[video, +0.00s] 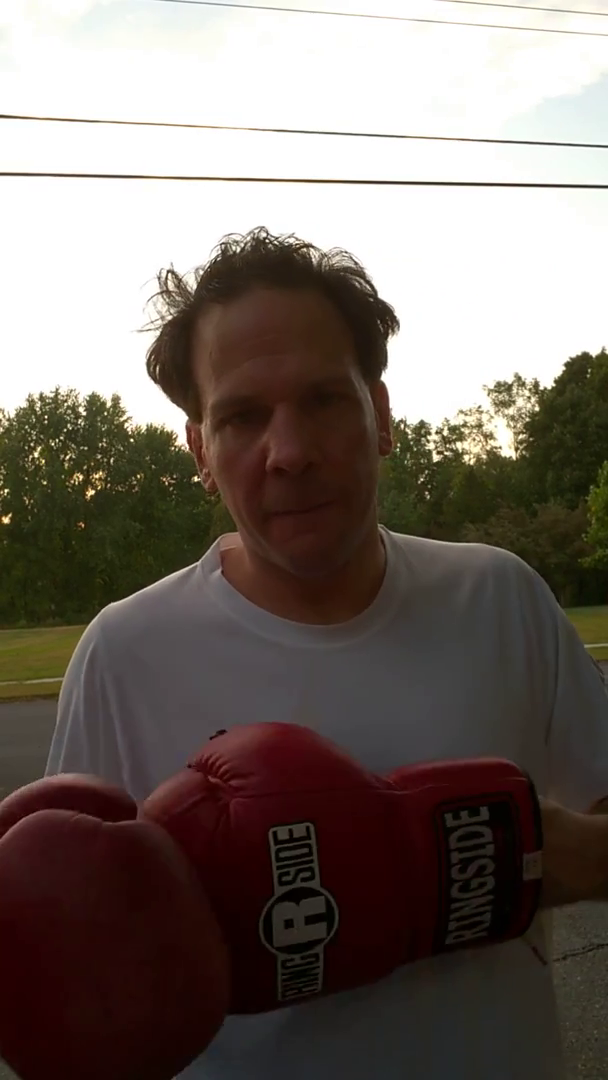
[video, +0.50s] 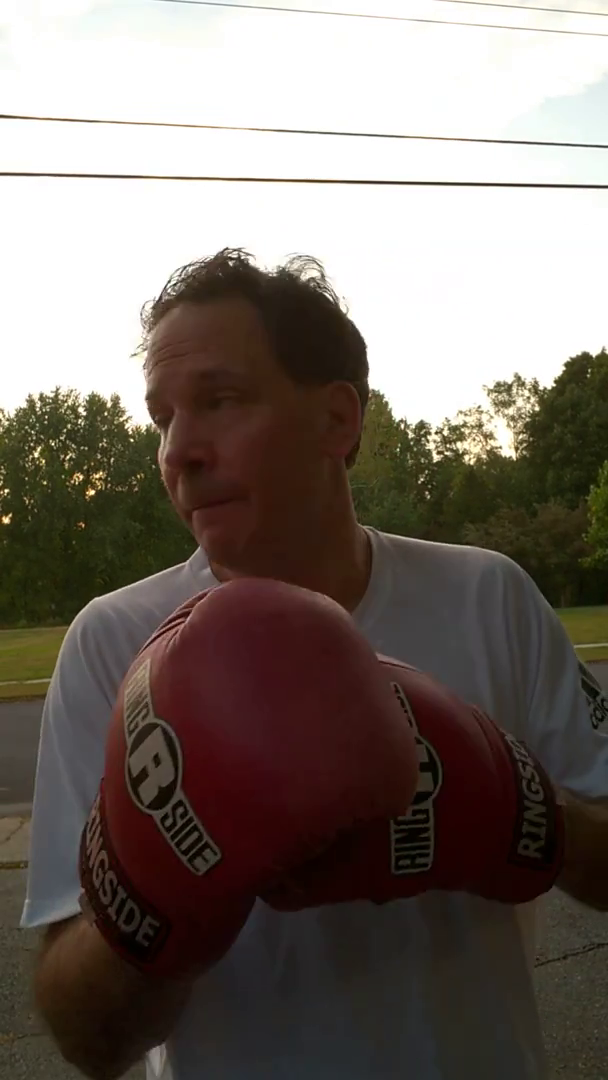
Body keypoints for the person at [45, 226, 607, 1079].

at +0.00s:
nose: (288, 452)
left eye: (323, 401)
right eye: (243, 416)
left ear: (382, 420)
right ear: (202, 454)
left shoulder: (503, 603)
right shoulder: (124, 655)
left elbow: (603, 829)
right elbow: (67, 925)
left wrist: (550, 846)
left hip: (503, 1065)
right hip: (225, 1068)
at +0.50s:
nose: (178, 453)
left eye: (221, 400)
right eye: (163, 417)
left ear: (339, 419)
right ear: (157, 439)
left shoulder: (492, 602)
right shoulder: (112, 642)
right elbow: (88, 1038)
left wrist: (520, 819)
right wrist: (164, 882)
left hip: (480, 1061)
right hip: (223, 1070)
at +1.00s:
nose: (133, 468)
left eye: (173, 422)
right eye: (142, 429)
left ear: (298, 442)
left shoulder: (486, 599)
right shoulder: (117, 644)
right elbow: (98, 1019)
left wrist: (477, 796)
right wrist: (208, 805)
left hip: (473, 1060)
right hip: (223, 1067)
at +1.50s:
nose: (319, 435)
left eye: (349, 404)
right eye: (291, 411)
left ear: (403, 424)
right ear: (267, 437)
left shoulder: (484, 554)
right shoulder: (218, 590)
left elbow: (600, 751)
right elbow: (160, 872)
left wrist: (578, 697)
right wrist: (337, 723)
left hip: (500, 1030)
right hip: (307, 1049)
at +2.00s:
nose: (363, 520)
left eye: (382, 493)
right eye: (335, 500)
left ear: (414, 502)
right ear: (300, 522)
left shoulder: (489, 604)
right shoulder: (258, 647)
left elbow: (602, 736)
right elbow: (225, 874)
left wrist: (525, 669)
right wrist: (340, 719)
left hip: (514, 1018)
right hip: (355, 1042)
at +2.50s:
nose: (263, 520)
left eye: (284, 494)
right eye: (238, 498)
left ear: (320, 508)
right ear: (205, 522)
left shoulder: (393, 617)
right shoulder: (152, 646)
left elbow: (495, 801)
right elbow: (76, 876)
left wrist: (394, 719)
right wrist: (196, 761)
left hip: (390, 1042)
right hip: (218, 1053)